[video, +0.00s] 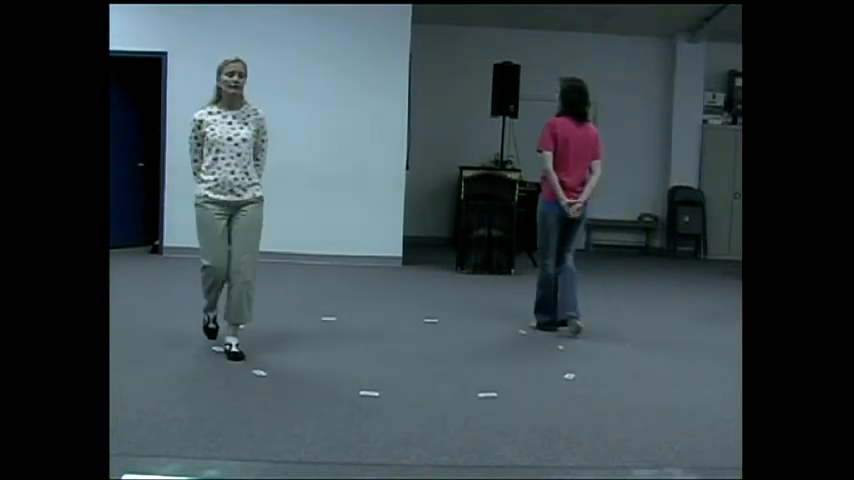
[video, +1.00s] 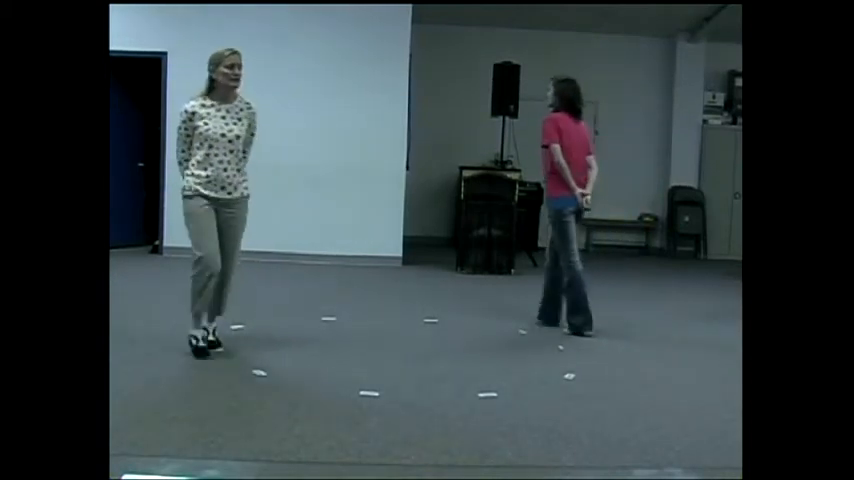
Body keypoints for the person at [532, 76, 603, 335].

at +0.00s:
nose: (559, 99)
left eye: (560, 95)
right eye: (564, 95)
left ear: (562, 99)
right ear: (585, 101)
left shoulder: (553, 126)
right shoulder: (592, 131)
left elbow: (548, 166)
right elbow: (596, 171)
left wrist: (562, 197)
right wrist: (581, 199)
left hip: (553, 200)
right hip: (579, 201)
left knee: (548, 259)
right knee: (567, 256)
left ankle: (546, 318)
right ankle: (571, 313)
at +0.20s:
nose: (557, 98)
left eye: (559, 94)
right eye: (560, 93)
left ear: (562, 99)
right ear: (583, 100)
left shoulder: (553, 126)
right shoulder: (590, 130)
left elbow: (549, 165)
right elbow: (595, 171)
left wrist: (565, 197)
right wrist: (583, 198)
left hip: (554, 200)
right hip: (579, 201)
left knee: (547, 260)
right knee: (567, 256)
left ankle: (546, 318)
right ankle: (582, 316)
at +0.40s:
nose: (557, 96)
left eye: (559, 92)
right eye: (559, 91)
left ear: (565, 97)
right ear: (585, 97)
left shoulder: (558, 123)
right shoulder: (594, 126)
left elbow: (563, 159)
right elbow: (605, 162)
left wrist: (583, 190)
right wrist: (599, 190)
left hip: (569, 199)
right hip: (595, 199)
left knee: (561, 260)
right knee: (594, 258)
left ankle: (548, 318)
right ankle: (610, 324)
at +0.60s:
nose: (558, 94)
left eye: (561, 90)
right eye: (559, 89)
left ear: (569, 95)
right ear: (584, 96)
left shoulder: (562, 121)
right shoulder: (594, 125)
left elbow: (572, 157)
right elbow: (606, 160)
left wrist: (590, 186)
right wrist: (603, 186)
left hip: (575, 198)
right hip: (599, 196)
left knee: (573, 259)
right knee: (596, 255)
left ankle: (577, 322)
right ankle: (610, 323)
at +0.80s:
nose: (555, 98)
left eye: (558, 94)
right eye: (556, 93)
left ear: (566, 98)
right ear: (581, 99)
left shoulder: (559, 125)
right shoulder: (590, 129)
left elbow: (564, 161)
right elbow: (599, 167)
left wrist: (583, 192)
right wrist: (595, 194)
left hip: (568, 202)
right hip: (589, 201)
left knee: (573, 262)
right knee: (581, 259)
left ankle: (582, 321)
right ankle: (600, 312)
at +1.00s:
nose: (548, 96)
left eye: (551, 92)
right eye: (550, 91)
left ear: (558, 97)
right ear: (574, 98)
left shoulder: (552, 121)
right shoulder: (583, 126)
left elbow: (558, 158)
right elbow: (592, 164)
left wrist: (576, 189)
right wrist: (588, 191)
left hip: (559, 198)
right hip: (577, 198)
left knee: (571, 260)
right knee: (555, 256)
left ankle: (581, 322)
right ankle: (549, 314)